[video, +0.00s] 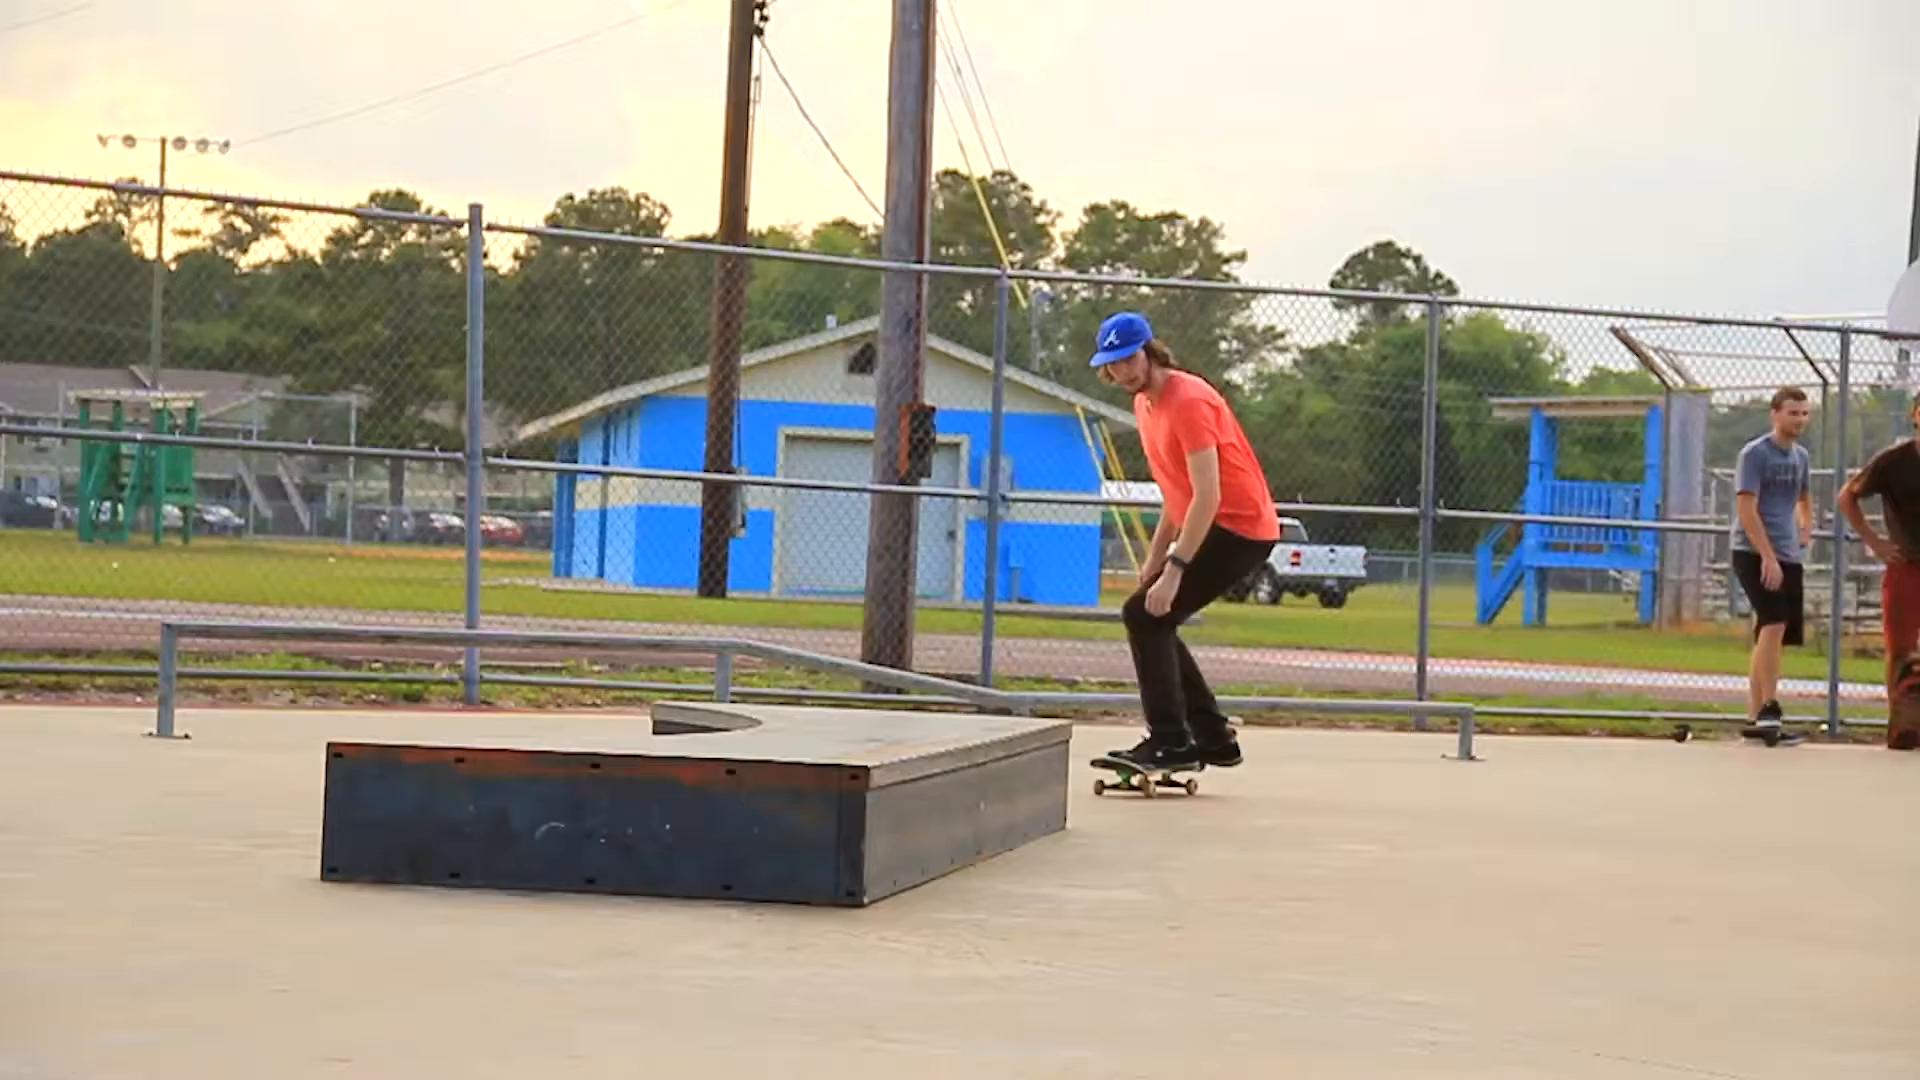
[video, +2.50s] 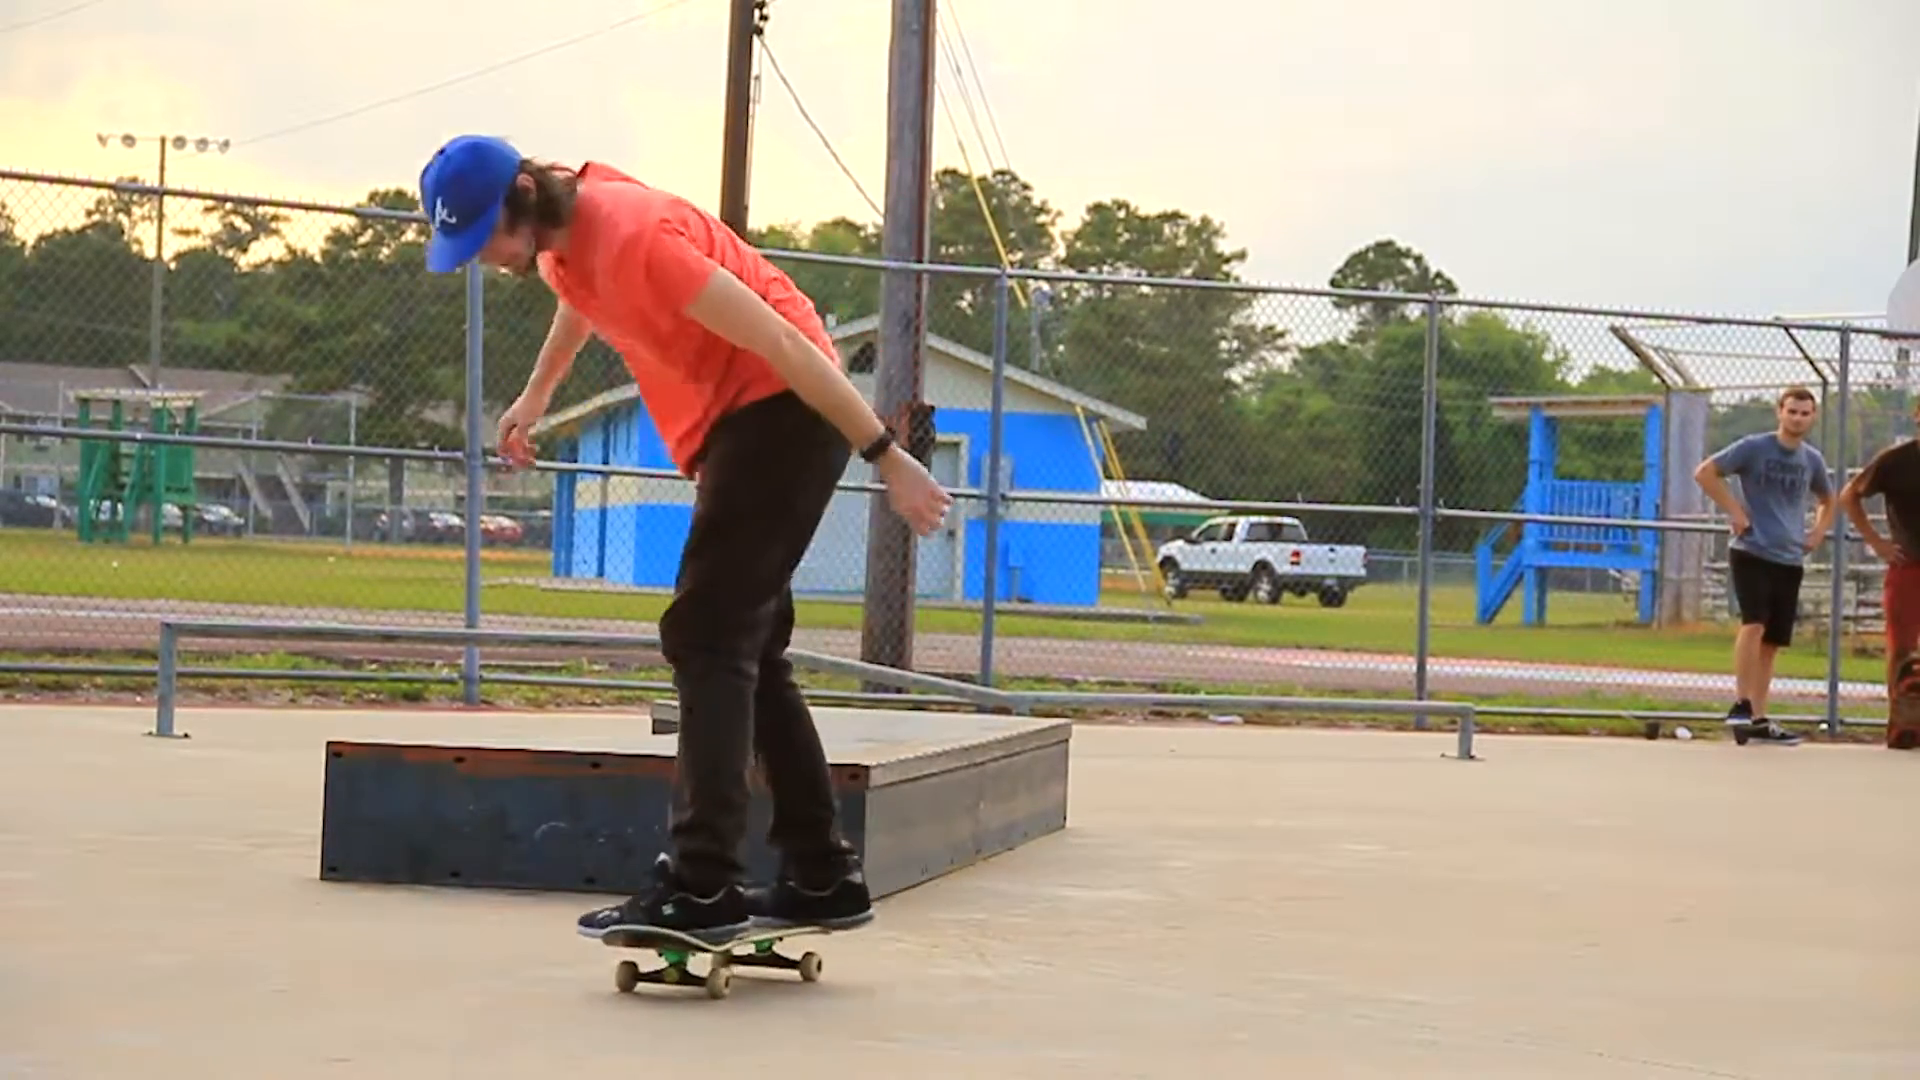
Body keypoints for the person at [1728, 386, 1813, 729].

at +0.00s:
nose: (1800, 419)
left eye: (1804, 414)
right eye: (1793, 413)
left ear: (1806, 418)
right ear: (1774, 415)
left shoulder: (1800, 456)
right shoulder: (1754, 454)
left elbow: (1802, 496)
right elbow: (1746, 509)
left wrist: (1805, 525)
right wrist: (1767, 555)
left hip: (1787, 552)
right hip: (1754, 550)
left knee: (1772, 632)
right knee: (1774, 620)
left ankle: (1758, 712)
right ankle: (1768, 703)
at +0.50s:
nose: (1795, 417)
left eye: (1801, 411)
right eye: (1789, 410)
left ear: (1809, 416)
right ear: (1775, 413)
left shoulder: (1810, 456)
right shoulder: (1756, 453)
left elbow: (1820, 499)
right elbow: (1741, 505)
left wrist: (1817, 527)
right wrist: (1757, 552)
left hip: (1792, 555)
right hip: (1756, 550)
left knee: (1777, 635)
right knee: (1763, 623)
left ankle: (1758, 708)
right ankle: (1752, 707)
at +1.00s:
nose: (1798, 416)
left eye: (1805, 411)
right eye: (1792, 410)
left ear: (1813, 416)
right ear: (1780, 413)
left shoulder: (1818, 459)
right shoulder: (1756, 449)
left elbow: (1835, 498)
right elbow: (1705, 472)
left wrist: (1821, 530)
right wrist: (1728, 508)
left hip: (1792, 556)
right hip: (1754, 549)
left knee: (1774, 642)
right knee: (1757, 624)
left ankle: (1760, 715)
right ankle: (1746, 705)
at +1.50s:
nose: (1798, 417)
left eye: (1805, 412)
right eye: (1793, 411)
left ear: (1813, 417)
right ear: (1780, 413)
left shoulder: (1816, 458)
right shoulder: (1757, 447)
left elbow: (1833, 499)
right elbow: (1706, 473)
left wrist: (1820, 531)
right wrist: (1738, 507)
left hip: (1792, 557)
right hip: (1754, 550)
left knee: (1774, 641)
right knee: (1758, 622)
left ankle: (1759, 715)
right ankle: (1745, 704)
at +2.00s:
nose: (1798, 417)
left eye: (1805, 412)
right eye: (1792, 410)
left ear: (1812, 417)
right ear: (1779, 413)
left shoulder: (1814, 459)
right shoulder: (1756, 447)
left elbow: (1831, 500)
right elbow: (1706, 473)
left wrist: (1818, 532)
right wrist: (1738, 512)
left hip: (1790, 557)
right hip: (1753, 550)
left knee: (1773, 641)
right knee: (1756, 624)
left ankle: (1758, 716)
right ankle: (1743, 705)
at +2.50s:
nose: (1799, 418)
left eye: (1806, 413)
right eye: (1793, 411)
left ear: (1813, 419)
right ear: (1780, 413)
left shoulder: (1813, 459)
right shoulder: (1755, 447)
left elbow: (1828, 500)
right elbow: (1705, 473)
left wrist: (1817, 534)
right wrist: (1736, 512)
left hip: (1789, 557)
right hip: (1752, 550)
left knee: (1771, 641)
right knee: (1754, 624)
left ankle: (1759, 717)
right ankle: (1743, 704)